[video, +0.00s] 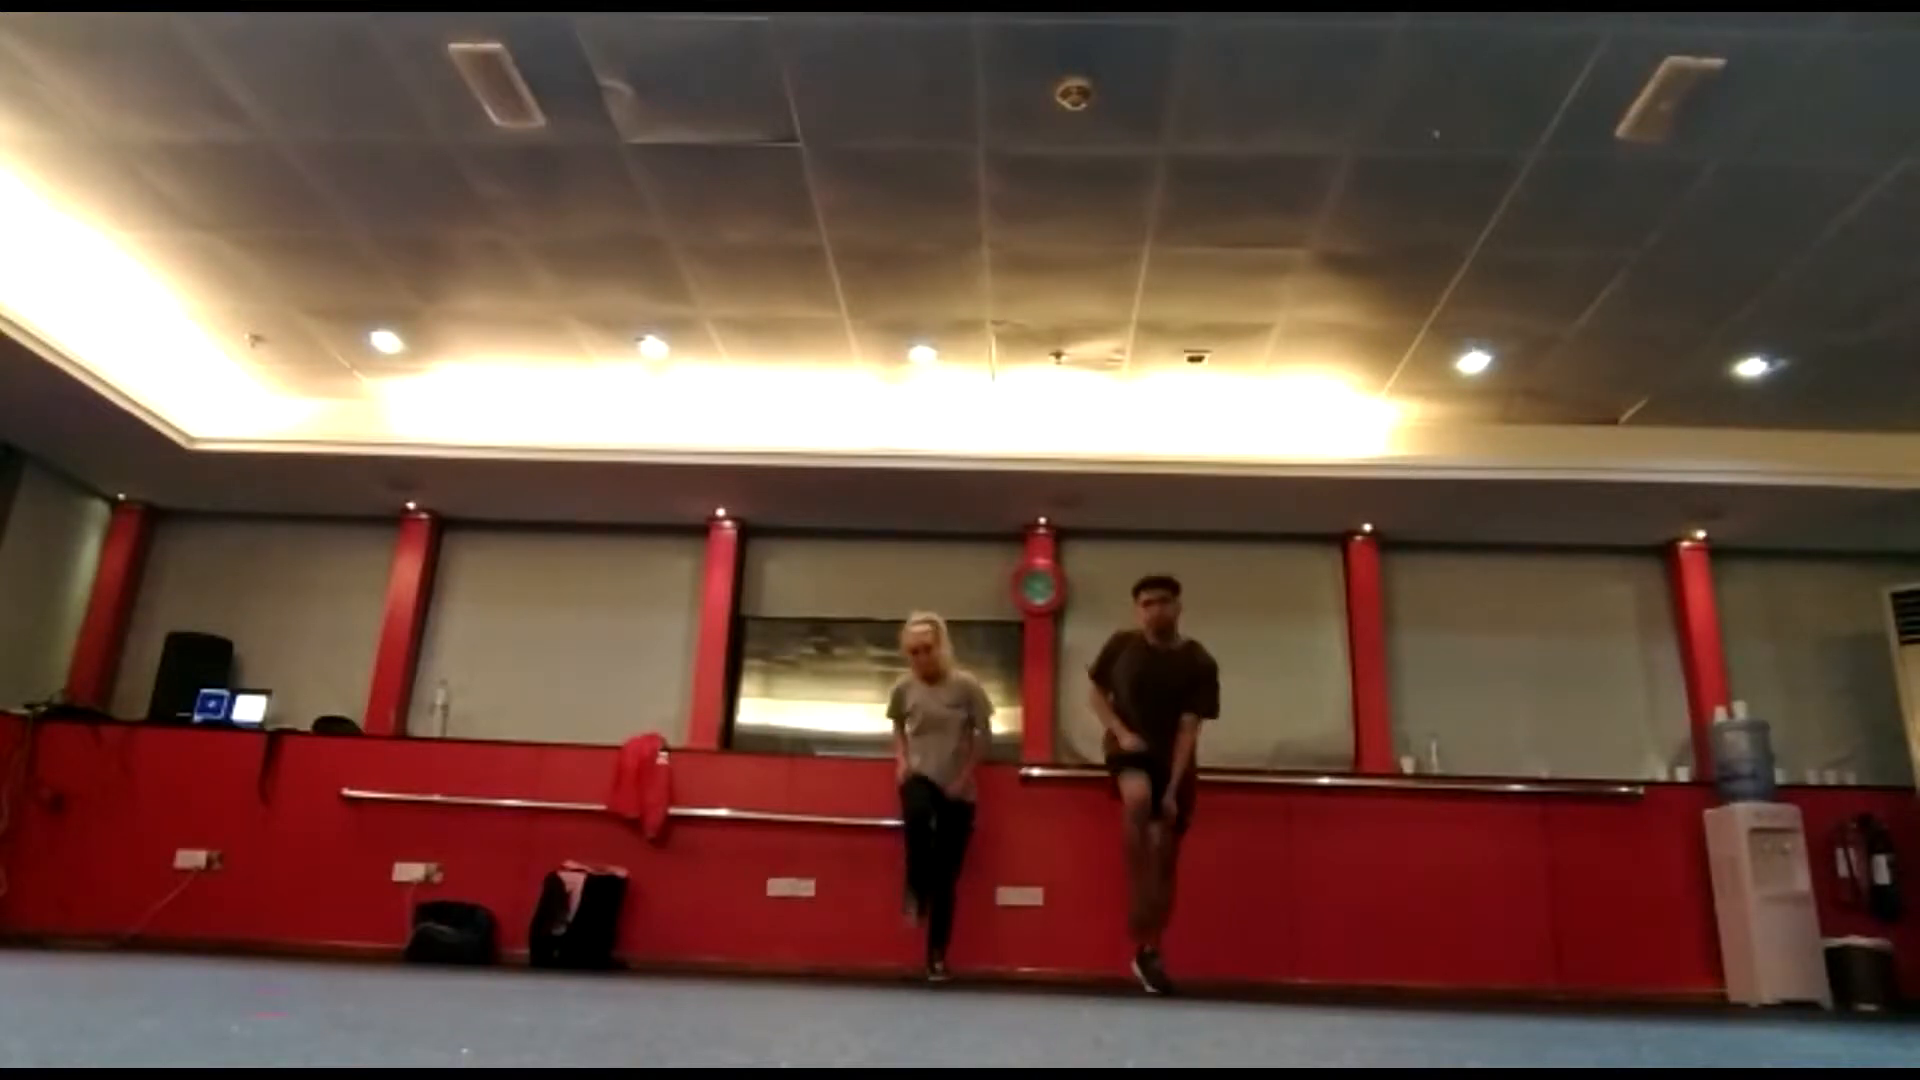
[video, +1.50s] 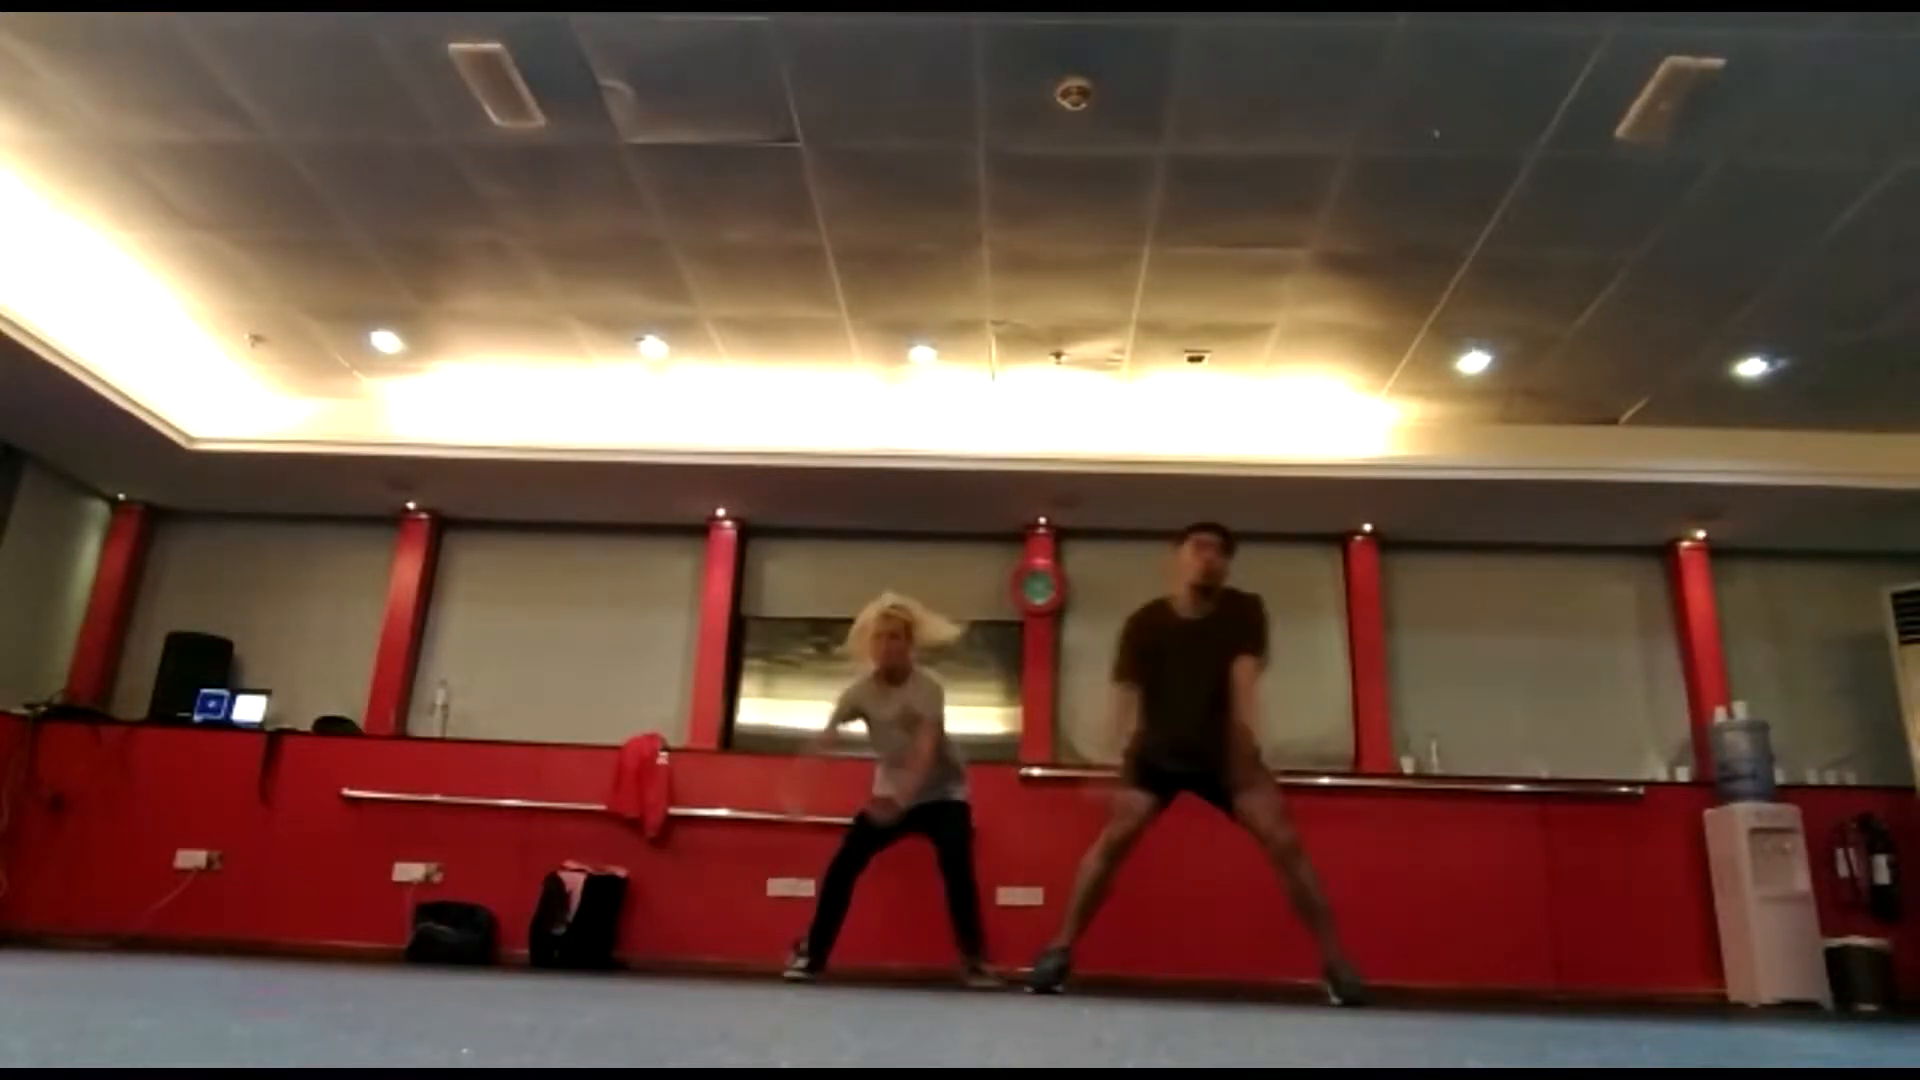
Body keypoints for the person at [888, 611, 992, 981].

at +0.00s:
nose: (921, 658)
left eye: (927, 649)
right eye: (914, 651)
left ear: (941, 647)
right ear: (906, 654)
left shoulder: (967, 688)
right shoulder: (903, 691)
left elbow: (982, 738)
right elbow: (898, 728)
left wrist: (965, 777)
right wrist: (902, 760)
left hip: (955, 786)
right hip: (918, 779)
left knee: (945, 874)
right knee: (917, 817)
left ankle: (937, 955)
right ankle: (917, 890)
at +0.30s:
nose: (906, 683)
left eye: (913, 675)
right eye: (899, 676)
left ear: (926, 676)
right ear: (890, 679)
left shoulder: (947, 710)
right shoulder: (887, 722)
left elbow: (967, 754)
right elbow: (894, 771)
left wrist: (942, 801)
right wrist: (903, 809)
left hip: (955, 814)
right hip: (916, 814)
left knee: (945, 884)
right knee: (910, 884)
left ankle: (936, 946)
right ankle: (908, 953)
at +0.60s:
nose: (921, 629)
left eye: (929, 621)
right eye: (915, 620)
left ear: (942, 624)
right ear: (902, 622)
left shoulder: (956, 664)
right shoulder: (883, 661)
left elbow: (1007, 678)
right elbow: (823, 658)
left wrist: (1055, 667)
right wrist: (781, 630)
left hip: (947, 776)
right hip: (902, 777)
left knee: (933, 857)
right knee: (907, 864)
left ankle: (934, 942)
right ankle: (909, 949)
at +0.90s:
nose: (918, 698)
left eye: (927, 689)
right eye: (911, 688)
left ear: (940, 691)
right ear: (899, 688)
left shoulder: (948, 733)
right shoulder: (883, 727)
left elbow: (936, 796)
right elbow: (881, 793)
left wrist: (924, 855)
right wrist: (884, 851)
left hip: (939, 811)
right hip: (901, 813)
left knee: (914, 872)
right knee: (896, 873)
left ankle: (916, 956)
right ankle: (903, 952)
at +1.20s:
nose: (929, 617)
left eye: (936, 608)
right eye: (922, 608)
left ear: (951, 611)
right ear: (910, 609)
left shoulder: (955, 673)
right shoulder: (896, 641)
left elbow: (961, 740)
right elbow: (844, 616)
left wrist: (953, 692)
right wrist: (895, 637)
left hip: (933, 782)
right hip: (887, 777)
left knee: (925, 873)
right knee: (878, 863)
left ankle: (920, 957)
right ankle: (923, 831)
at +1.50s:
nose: (890, 646)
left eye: (898, 637)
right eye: (882, 636)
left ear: (911, 643)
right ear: (869, 643)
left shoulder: (928, 689)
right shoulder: (859, 696)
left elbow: (926, 752)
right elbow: (828, 738)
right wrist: (823, 744)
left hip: (941, 797)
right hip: (889, 797)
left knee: (959, 874)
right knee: (842, 868)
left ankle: (974, 963)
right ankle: (813, 956)